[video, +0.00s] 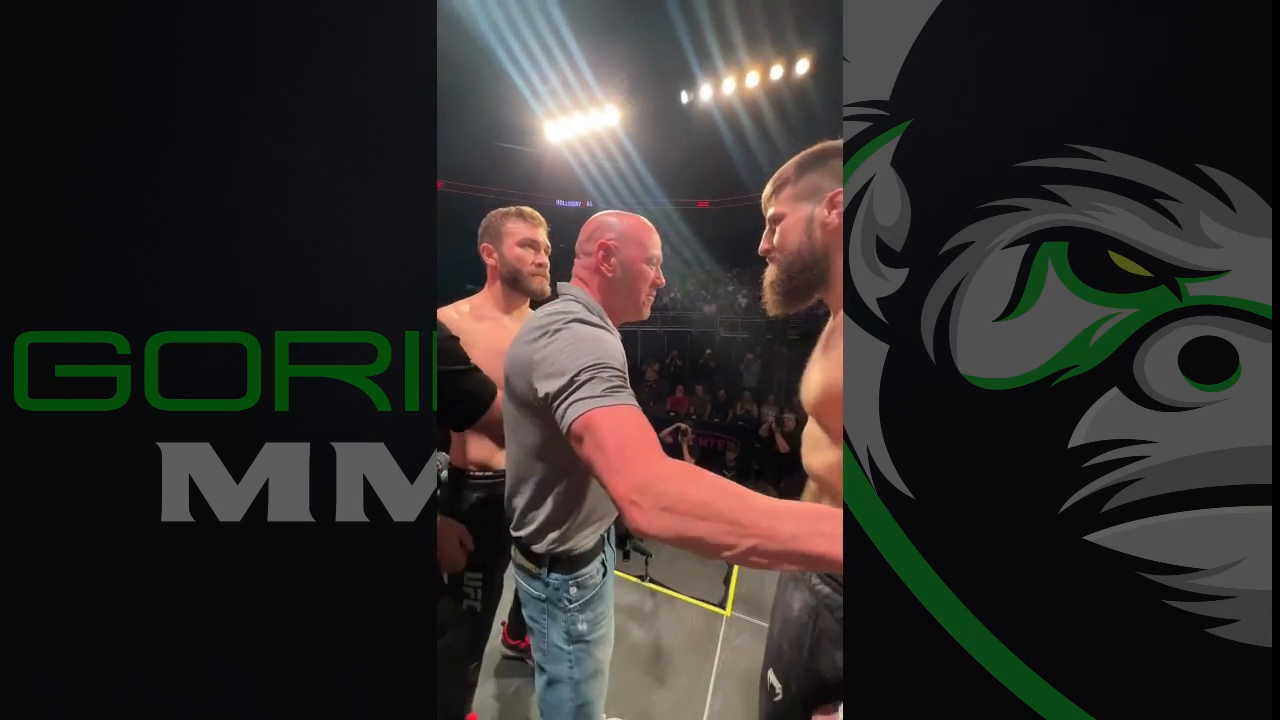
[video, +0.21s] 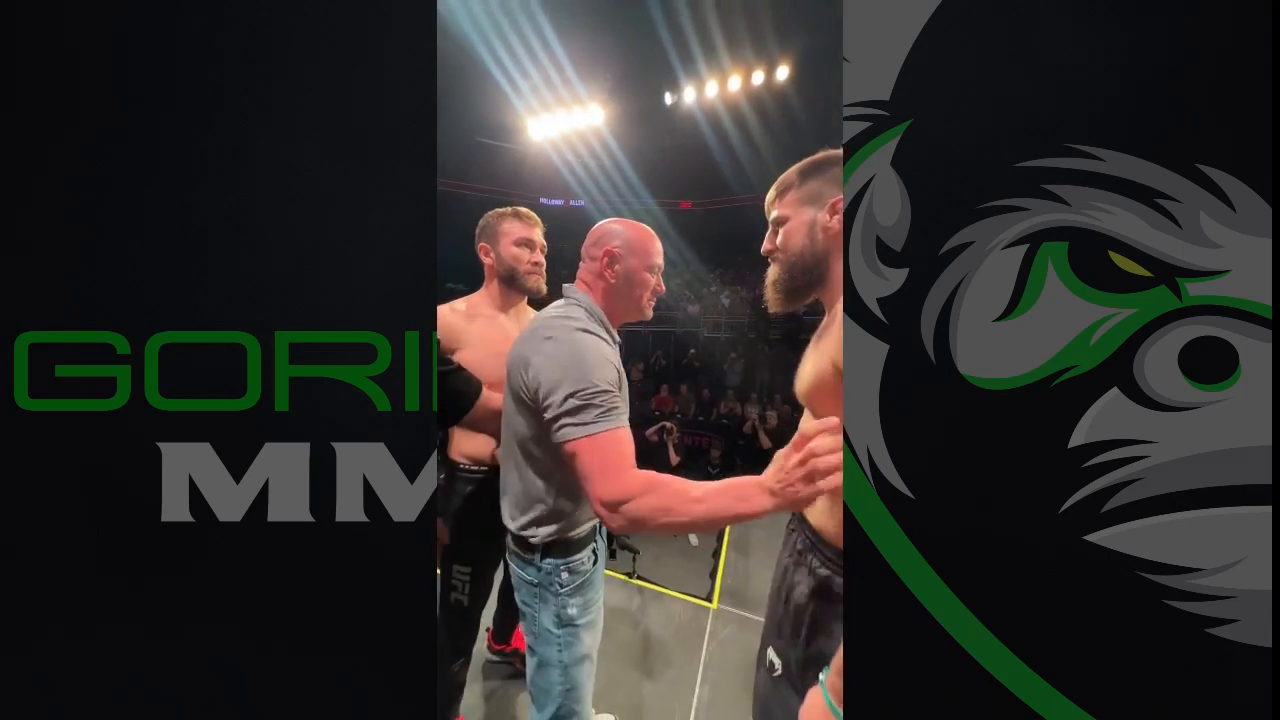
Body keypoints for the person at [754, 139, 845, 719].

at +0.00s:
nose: (764, 245)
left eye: (776, 221)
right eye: (766, 227)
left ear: (832, 211)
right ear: (829, 214)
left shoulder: (858, 333)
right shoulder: (835, 330)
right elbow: (829, 482)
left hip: (836, 589)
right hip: (812, 579)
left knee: (800, 706)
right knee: (783, 704)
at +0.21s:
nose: (767, 245)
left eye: (779, 224)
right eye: (768, 228)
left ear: (834, 218)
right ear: (828, 222)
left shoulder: (851, 334)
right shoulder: (832, 328)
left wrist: (836, 687)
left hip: (835, 574)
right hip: (811, 557)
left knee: (790, 708)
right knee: (779, 702)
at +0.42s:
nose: (758, 252)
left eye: (771, 235)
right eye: (761, 238)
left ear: (821, 235)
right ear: (819, 239)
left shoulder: (840, 299)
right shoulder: (827, 303)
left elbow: (884, 448)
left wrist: (846, 629)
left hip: (836, 553)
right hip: (818, 539)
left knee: (792, 699)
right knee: (788, 693)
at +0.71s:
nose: (762, 242)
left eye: (777, 227)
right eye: (766, 230)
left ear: (824, 228)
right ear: (823, 233)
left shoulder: (836, 288)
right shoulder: (822, 293)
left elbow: (884, 388)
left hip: (829, 531)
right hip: (808, 520)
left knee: (800, 697)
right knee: (780, 687)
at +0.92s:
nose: (768, 235)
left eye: (783, 218)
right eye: (773, 220)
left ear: (834, 223)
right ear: (830, 225)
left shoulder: (841, 294)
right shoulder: (828, 295)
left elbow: (847, 470)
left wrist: (755, 598)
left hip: (825, 551)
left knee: (810, 697)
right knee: (791, 673)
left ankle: (773, 713)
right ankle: (770, 710)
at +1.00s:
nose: (764, 236)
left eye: (778, 218)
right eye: (767, 220)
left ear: (831, 221)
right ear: (827, 224)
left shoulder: (835, 303)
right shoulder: (827, 303)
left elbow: (822, 485)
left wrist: (699, 567)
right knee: (764, 622)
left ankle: (753, 712)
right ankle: (751, 707)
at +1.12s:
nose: (740, 244)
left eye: (753, 225)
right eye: (743, 228)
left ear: (807, 221)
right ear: (804, 225)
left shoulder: (826, 311)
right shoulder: (819, 306)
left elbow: (765, 492)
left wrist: (643, 539)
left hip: (832, 543)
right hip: (800, 523)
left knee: (820, 699)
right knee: (763, 622)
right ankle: (724, 696)